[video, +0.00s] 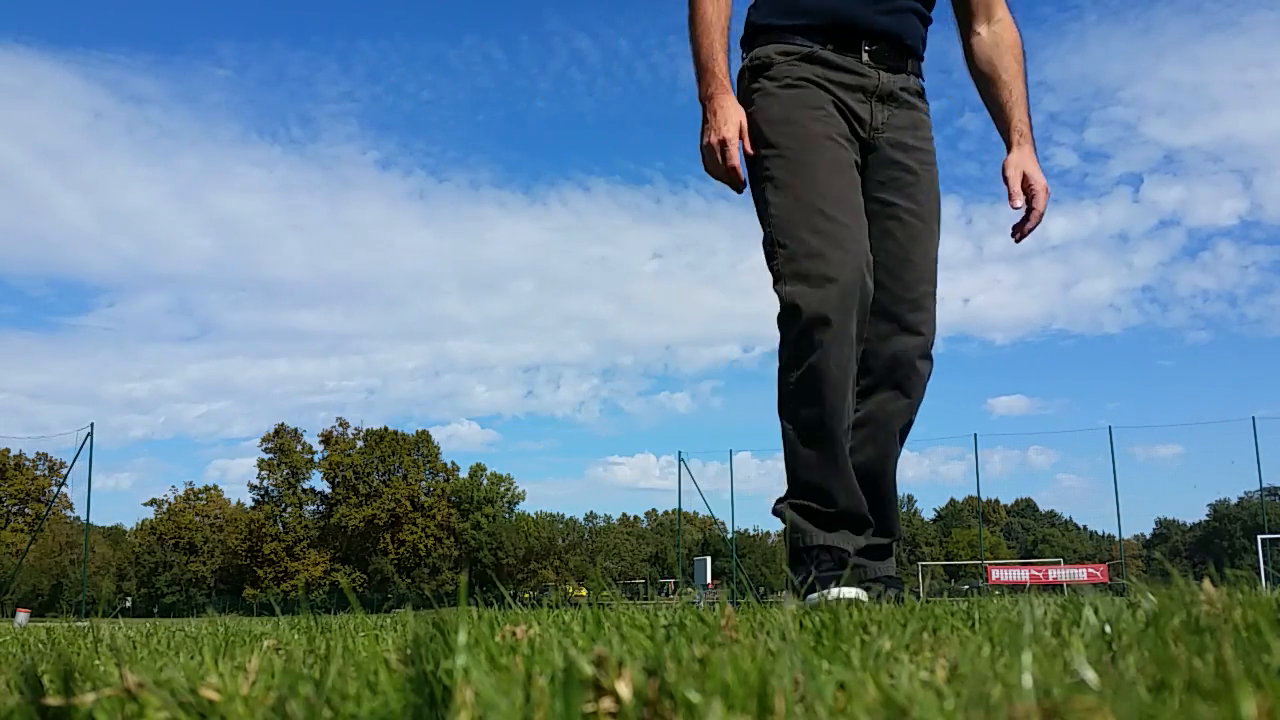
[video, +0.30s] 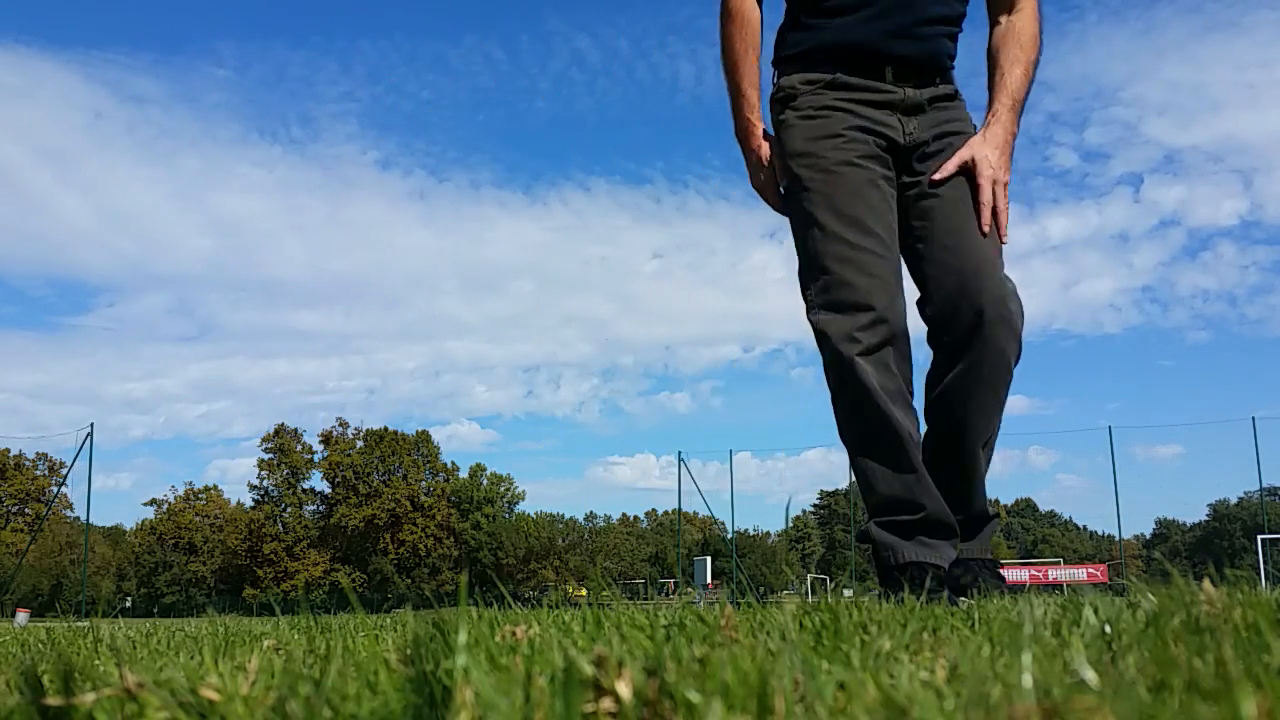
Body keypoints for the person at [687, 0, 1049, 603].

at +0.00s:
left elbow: (987, 18)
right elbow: (713, 0)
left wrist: (1019, 139)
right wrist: (717, 94)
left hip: (902, 88)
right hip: (798, 70)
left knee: (905, 333)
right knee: (828, 292)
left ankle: (869, 561)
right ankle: (825, 555)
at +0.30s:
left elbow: (1014, 9)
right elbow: (740, 1)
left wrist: (999, 128)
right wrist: (751, 130)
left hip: (935, 99)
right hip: (825, 95)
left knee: (987, 309)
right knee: (864, 318)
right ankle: (912, 554)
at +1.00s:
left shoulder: (868, 1)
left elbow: (895, 64)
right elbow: (632, 79)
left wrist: (895, 197)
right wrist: (637, 208)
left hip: (823, 171)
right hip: (708, 180)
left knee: (892, 344)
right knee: (657, 366)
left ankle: (961, 566)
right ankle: (604, 575)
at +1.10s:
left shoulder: (808, 2)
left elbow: (823, 61)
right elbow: (576, 86)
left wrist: (817, 169)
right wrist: (593, 212)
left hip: (778, 175)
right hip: (666, 185)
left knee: (856, 348)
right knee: (633, 373)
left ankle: (953, 563)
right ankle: (605, 579)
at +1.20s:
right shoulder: (568, 1)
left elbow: (776, 62)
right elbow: (537, 93)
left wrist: (758, 156)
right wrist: (561, 211)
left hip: (744, 178)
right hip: (635, 189)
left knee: (824, 352)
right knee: (615, 375)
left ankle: (917, 557)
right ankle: (603, 579)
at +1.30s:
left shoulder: (740, 3)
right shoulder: (541, 5)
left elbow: (753, 62)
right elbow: (517, 93)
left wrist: (739, 157)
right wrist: (552, 206)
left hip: (722, 178)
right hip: (615, 188)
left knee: (786, 359)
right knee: (605, 377)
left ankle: (855, 560)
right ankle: (600, 575)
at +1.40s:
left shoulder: (718, 3)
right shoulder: (523, 8)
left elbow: (737, 61)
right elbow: (507, 93)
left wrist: (727, 159)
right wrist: (554, 191)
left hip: (704, 182)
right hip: (597, 192)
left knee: (748, 374)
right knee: (595, 380)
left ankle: (781, 567)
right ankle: (600, 577)